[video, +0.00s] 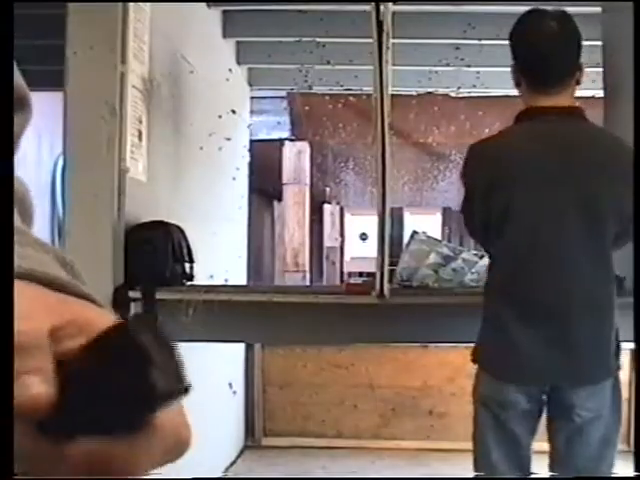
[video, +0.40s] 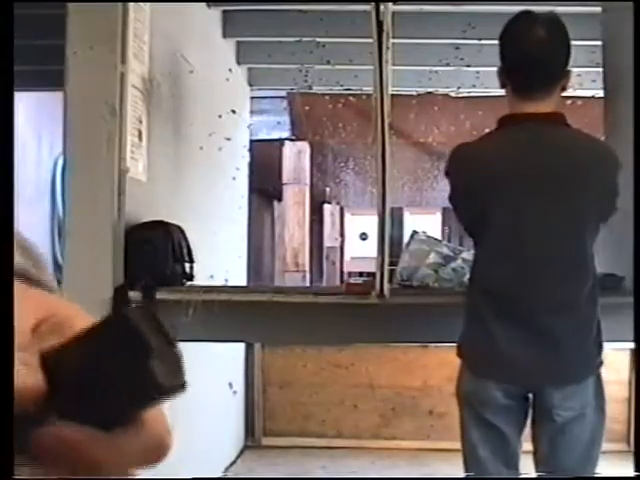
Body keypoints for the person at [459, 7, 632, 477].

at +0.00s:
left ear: (516, 76)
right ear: (579, 74)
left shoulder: (486, 156)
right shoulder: (616, 154)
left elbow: (480, 230)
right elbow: (621, 229)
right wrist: (573, 246)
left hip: (509, 352)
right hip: (589, 354)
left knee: (500, 471)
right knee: (586, 472)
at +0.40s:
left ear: (503, 78)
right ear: (566, 80)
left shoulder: (468, 160)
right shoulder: (599, 160)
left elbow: (477, 228)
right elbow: (591, 222)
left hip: (490, 356)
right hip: (569, 359)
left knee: (489, 471)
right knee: (570, 472)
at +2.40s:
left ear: (505, 79)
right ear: (569, 81)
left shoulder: (468, 157)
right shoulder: (599, 156)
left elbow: (489, 219)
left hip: (491, 357)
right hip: (568, 361)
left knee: (489, 472)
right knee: (568, 473)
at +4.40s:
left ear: (504, 77)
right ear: (569, 80)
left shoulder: (468, 159)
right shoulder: (599, 156)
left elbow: (480, 218)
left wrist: (528, 126)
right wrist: (550, 119)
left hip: (491, 356)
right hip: (569, 358)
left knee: (489, 471)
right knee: (569, 472)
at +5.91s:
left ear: (500, 78)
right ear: (565, 79)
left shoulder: (465, 160)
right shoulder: (596, 155)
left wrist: (533, 120)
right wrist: (551, 115)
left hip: (490, 357)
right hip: (568, 358)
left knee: (489, 472)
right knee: (568, 472)